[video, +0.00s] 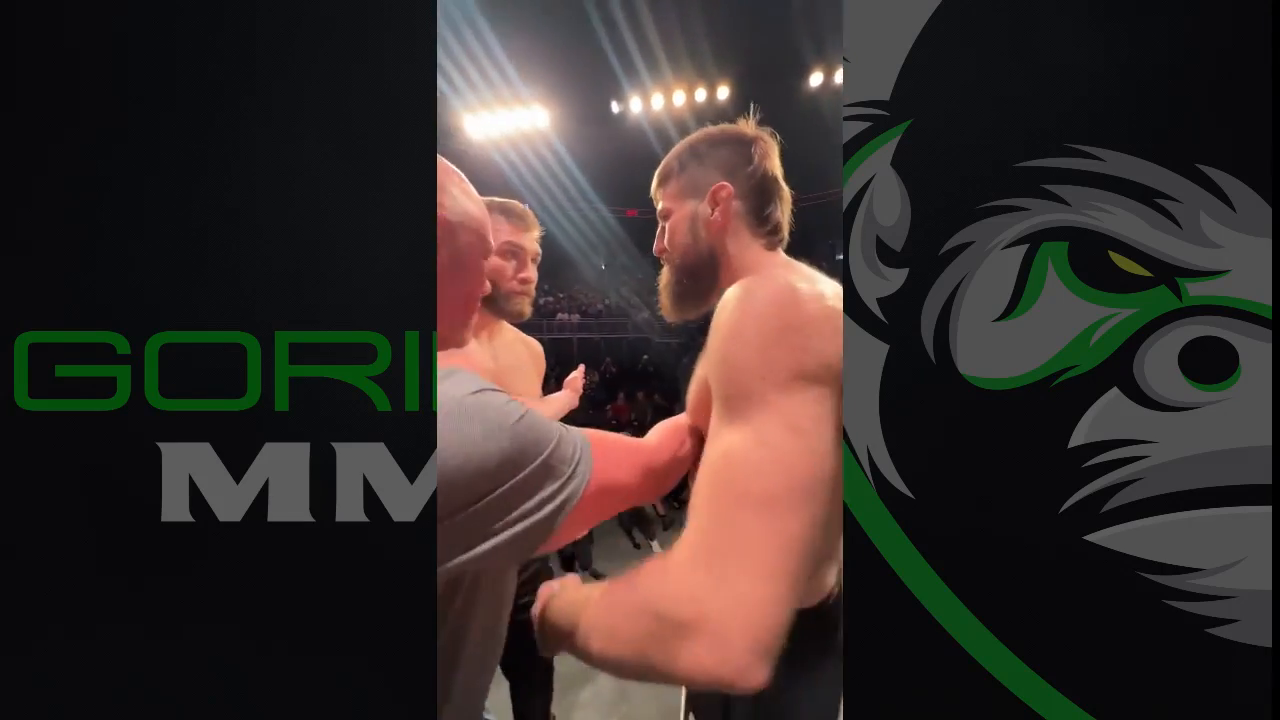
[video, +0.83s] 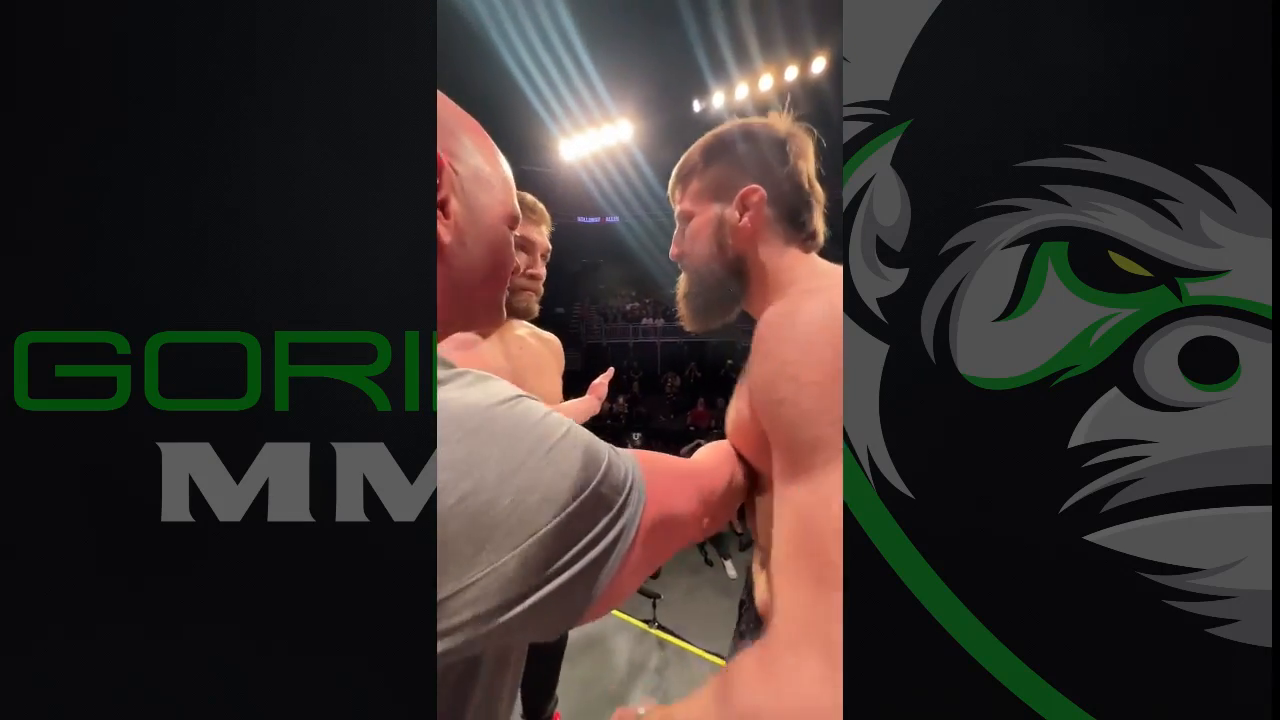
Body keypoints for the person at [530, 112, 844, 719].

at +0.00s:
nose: (656, 245)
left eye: (666, 217)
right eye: (657, 222)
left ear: (720, 205)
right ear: (721, 208)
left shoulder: (776, 303)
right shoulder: (807, 299)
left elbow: (723, 632)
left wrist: (567, 607)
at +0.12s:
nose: (661, 259)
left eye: (669, 233)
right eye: (661, 238)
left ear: (725, 219)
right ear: (726, 222)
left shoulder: (801, 318)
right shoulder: (766, 322)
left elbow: (816, 642)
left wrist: (660, 709)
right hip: (740, 615)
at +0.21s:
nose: (663, 264)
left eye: (674, 238)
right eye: (665, 242)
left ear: (731, 227)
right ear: (730, 230)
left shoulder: (809, 328)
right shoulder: (763, 328)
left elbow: (851, 537)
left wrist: (842, 675)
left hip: (788, 661)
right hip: (739, 620)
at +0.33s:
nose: (674, 266)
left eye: (687, 243)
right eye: (676, 247)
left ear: (745, 237)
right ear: (743, 240)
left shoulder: (819, 332)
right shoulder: (764, 336)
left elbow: (900, 481)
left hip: (815, 653)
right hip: (753, 620)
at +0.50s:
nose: (686, 264)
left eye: (700, 241)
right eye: (687, 245)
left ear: (761, 232)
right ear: (759, 235)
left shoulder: (824, 320)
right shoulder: (774, 334)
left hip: (817, 645)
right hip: (770, 612)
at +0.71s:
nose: (684, 256)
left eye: (699, 230)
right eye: (687, 234)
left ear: (763, 223)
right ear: (764, 225)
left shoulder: (821, 328)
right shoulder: (789, 321)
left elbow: (878, 515)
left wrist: (853, 685)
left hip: (814, 653)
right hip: (772, 604)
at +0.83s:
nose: (672, 251)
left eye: (684, 221)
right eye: (675, 225)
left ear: (747, 211)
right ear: (746, 214)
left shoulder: (811, 323)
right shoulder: (801, 317)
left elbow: (814, 676)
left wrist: (667, 713)